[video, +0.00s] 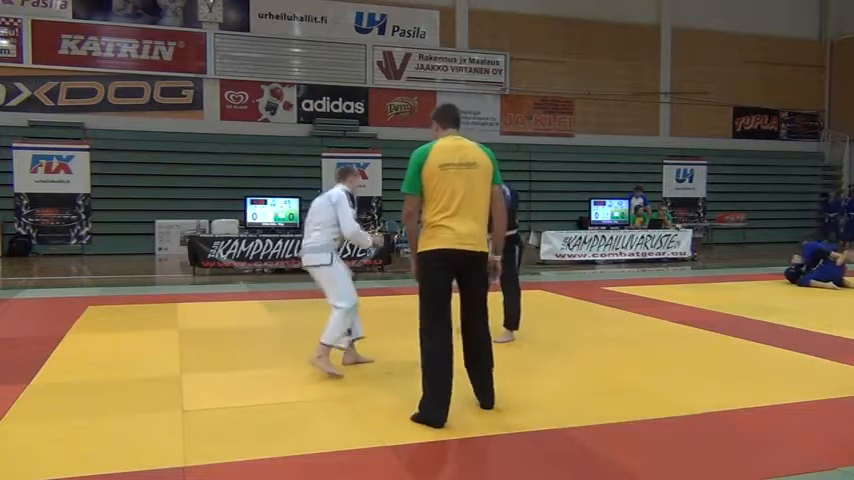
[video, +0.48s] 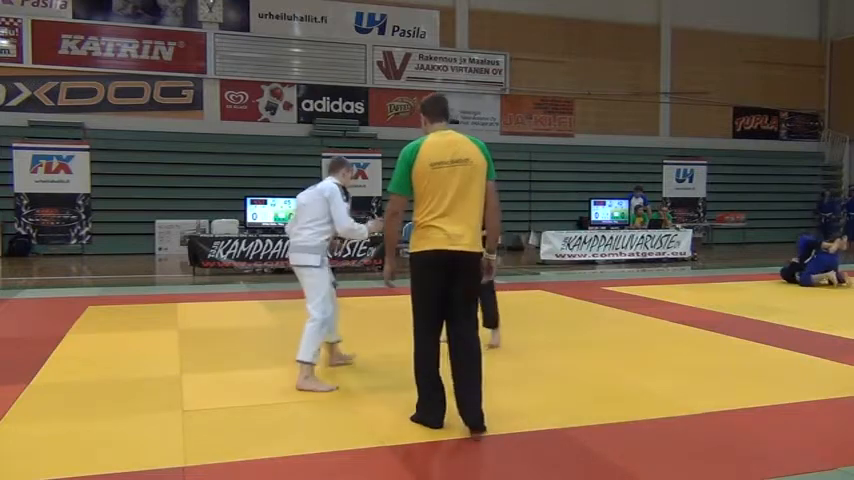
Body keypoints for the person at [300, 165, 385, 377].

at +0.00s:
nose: (359, 184)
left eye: (359, 180)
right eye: (358, 180)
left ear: (341, 179)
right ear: (350, 179)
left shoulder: (325, 197)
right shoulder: (341, 195)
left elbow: (324, 233)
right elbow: (350, 230)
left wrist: (339, 262)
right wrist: (371, 240)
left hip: (315, 255)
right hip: (321, 255)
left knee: (348, 299)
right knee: (346, 302)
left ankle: (350, 350)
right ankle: (321, 354)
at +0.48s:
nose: (352, 181)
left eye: (353, 177)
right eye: (352, 176)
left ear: (331, 171)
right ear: (345, 172)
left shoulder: (307, 193)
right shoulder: (333, 189)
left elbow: (290, 228)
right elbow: (344, 228)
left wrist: (325, 238)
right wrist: (368, 229)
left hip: (300, 255)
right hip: (312, 256)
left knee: (329, 303)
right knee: (319, 312)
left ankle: (334, 352)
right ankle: (305, 375)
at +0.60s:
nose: (349, 181)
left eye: (349, 176)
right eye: (348, 176)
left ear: (330, 172)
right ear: (341, 173)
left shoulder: (319, 189)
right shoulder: (326, 190)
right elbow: (336, 229)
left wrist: (357, 230)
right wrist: (361, 231)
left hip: (305, 256)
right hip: (301, 257)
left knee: (323, 306)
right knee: (316, 312)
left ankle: (309, 353)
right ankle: (306, 376)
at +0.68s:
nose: (344, 185)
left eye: (344, 180)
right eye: (344, 180)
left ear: (326, 176)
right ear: (336, 177)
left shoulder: (316, 195)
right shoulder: (318, 195)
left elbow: (324, 232)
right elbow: (326, 234)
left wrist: (347, 235)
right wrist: (355, 242)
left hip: (299, 259)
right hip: (294, 260)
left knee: (318, 307)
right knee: (314, 313)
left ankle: (307, 355)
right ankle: (306, 375)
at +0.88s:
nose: (332, 191)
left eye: (333, 187)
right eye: (332, 186)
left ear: (320, 183)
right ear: (323, 183)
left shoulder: (315, 204)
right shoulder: (303, 196)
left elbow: (307, 237)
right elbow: (292, 234)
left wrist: (337, 228)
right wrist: (320, 252)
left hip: (288, 258)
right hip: (271, 257)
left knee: (307, 302)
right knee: (289, 307)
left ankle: (303, 354)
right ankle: (276, 371)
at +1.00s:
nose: (320, 184)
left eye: (320, 179)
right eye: (318, 179)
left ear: (306, 176)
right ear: (309, 177)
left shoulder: (299, 197)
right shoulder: (290, 191)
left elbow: (286, 232)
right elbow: (283, 229)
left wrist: (314, 238)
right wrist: (313, 240)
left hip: (272, 257)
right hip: (258, 255)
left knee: (291, 300)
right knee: (269, 304)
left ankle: (301, 354)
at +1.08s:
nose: (308, 184)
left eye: (309, 179)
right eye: (307, 178)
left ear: (295, 176)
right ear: (296, 176)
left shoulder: (289, 196)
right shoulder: (277, 191)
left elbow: (281, 229)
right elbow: (280, 228)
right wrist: (312, 235)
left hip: (268, 260)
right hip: (252, 259)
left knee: (285, 303)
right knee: (246, 310)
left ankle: (300, 354)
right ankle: (205, 351)